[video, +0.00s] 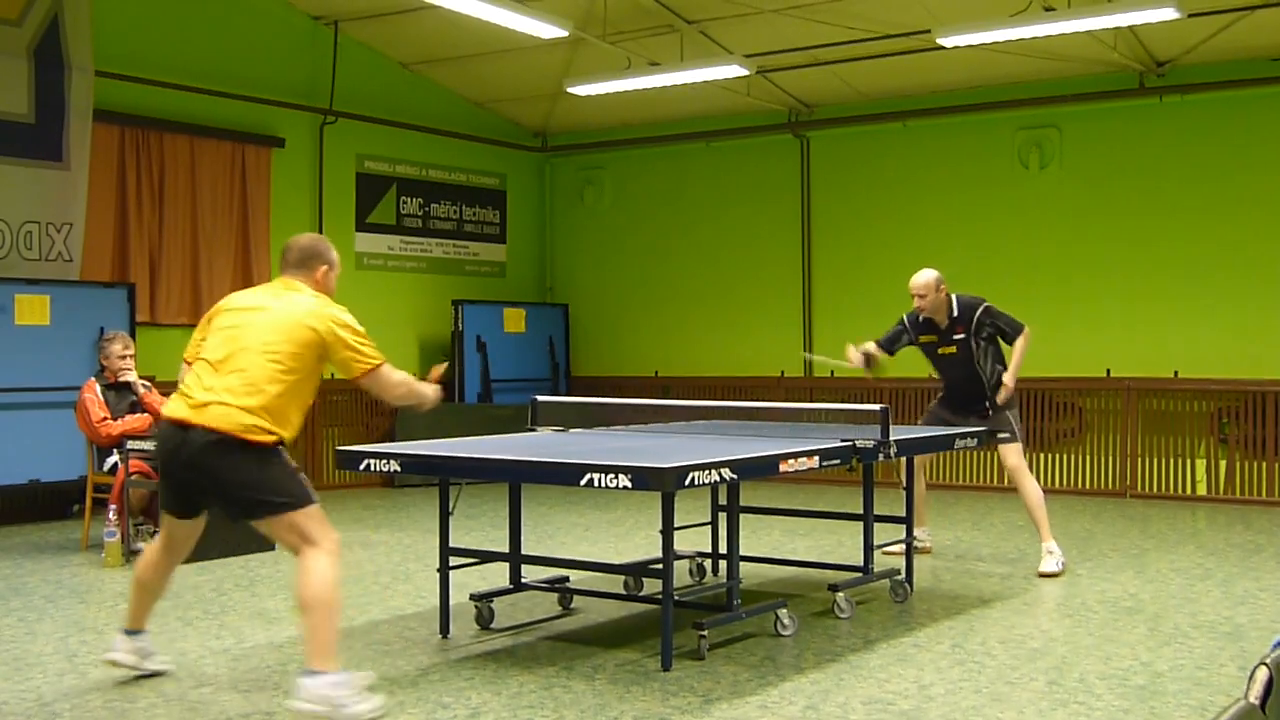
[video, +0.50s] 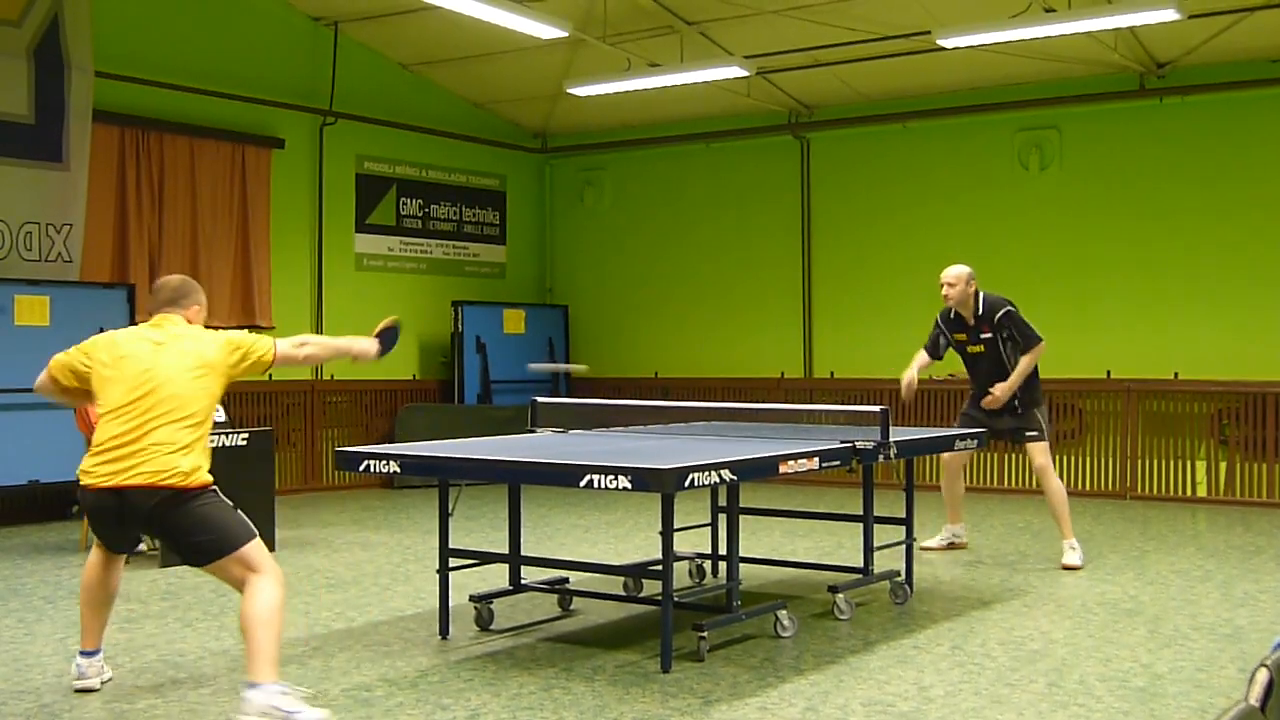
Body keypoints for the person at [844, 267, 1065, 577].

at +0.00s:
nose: (917, 303)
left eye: (922, 296)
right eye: (913, 297)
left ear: (942, 292)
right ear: (912, 295)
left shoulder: (974, 309)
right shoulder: (914, 322)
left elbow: (1020, 333)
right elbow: (882, 348)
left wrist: (1010, 378)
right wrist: (863, 351)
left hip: (993, 401)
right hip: (951, 402)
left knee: (1014, 464)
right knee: (912, 458)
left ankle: (1049, 547)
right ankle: (919, 535)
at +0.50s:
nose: (945, 291)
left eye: (951, 286)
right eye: (942, 286)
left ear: (971, 287)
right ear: (942, 289)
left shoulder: (999, 309)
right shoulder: (946, 319)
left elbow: (1035, 346)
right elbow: (930, 351)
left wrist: (1009, 386)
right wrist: (912, 369)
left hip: (1023, 399)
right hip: (981, 399)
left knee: (1042, 466)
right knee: (950, 458)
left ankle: (1070, 543)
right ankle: (954, 531)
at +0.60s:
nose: (943, 296)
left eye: (949, 289)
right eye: (941, 291)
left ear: (969, 289)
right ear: (941, 294)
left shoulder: (999, 312)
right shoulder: (948, 324)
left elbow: (1035, 350)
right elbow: (938, 366)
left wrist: (1012, 390)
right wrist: (920, 395)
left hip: (1024, 400)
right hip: (982, 400)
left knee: (1041, 466)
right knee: (952, 460)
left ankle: (1070, 543)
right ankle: (954, 532)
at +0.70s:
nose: (939, 304)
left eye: (944, 297)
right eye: (937, 298)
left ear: (965, 293)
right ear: (952, 297)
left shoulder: (995, 316)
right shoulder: (959, 328)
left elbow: (1026, 356)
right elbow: (976, 373)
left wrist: (992, 391)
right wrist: (959, 408)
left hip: (1027, 405)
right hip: (991, 404)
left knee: (1039, 475)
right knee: (956, 457)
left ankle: (1090, 542)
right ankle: (954, 531)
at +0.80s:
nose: (943, 303)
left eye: (946, 296)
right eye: (942, 297)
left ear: (966, 291)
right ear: (963, 293)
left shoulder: (992, 315)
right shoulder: (974, 321)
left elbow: (1018, 359)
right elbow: (992, 366)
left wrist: (974, 382)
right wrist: (971, 385)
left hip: (1027, 407)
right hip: (998, 405)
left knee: (1040, 478)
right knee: (963, 456)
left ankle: (1094, 544)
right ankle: (957, 530)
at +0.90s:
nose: (960, 291)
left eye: (963, 285)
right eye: (959, 286)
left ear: (980, 282)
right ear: (975, 284)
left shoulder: (1007, 303)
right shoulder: (983, 306)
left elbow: (986, 348)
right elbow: (961, 341)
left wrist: (963, 313)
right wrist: (932, 336)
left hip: (1023, 402)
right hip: (994, 400)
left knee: (1026, 470)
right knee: (965, 455)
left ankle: (1084, 533)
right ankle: (974, 529)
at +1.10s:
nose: (976, 294)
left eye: (982, 288)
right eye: (973, 289)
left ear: (1001, 287)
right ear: (972, 290)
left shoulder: (1020, 310)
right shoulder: (971, 312)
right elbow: (939, 332)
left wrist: (997, 314)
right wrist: (920, 317)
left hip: (1020, 409)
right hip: (981, 406)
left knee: (1022, 470)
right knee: (935, 459)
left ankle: (1053, 544)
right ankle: (955, 518)